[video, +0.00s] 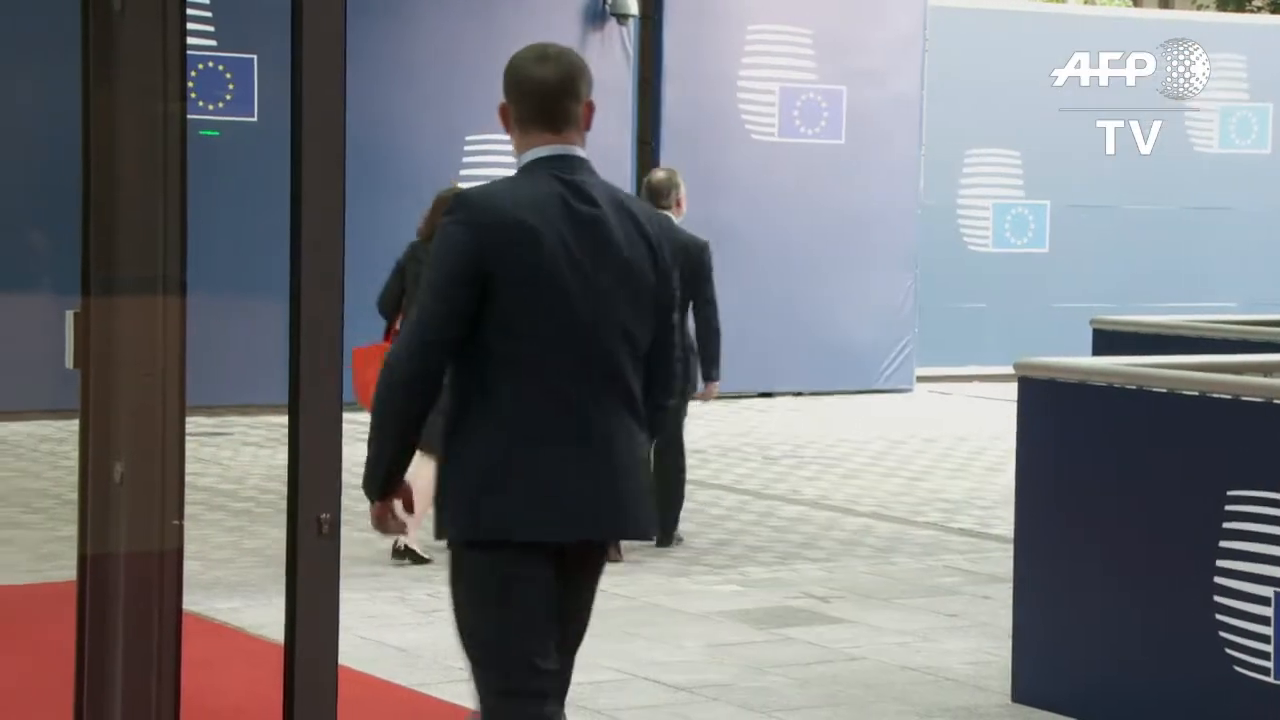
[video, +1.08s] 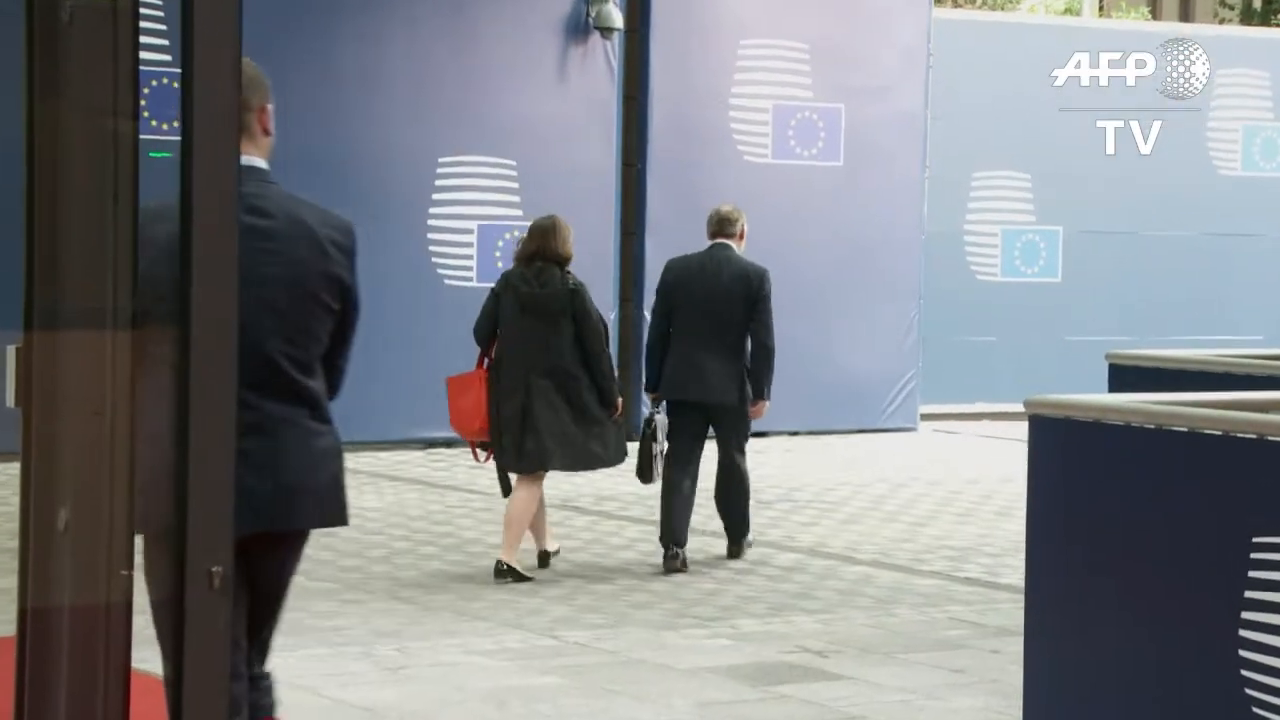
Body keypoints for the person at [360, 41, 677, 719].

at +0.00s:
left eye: (504, 109)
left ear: (505, 117)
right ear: (591, 115)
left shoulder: (478, 216)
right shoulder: (647, 230)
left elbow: (417, 356)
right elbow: (668, 380)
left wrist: (384, 472)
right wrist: (618, 455)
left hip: (497, 500)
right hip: (597, 497)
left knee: (517, 698)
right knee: (542, 692)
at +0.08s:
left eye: (493, 108)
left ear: (494, 115)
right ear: (578, 114)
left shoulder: (471, 204)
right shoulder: (630, 225)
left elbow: (410, 343)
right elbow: (637, 374)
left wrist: (382, 456)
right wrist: (614, 467)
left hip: (473, 493)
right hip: (578, 491)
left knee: (451, 689)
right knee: (535, 690)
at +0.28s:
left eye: (455, 104)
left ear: (456, 109)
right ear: (538, 108)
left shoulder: (433, 195)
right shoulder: (592, 218)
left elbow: (370, 342)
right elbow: (594, 361)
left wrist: (376, 429)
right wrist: (539, 411)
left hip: (428, 481)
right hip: (537, 484)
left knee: (363, 652)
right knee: (512, 687)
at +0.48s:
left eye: (401, 125)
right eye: (481, 123)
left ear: (402, 131)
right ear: (483, 130)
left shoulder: (370, 221)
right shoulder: (535, 237)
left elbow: (318, 356)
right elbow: (543, 377)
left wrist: (322, 447)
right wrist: (504, 447)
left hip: (379, 505)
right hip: (488, 505)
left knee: (341, 694)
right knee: (489, 701)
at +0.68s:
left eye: (321, 137)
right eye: (403, 134)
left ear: (324, 145)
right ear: (402, 140)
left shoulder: (293, 239)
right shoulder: (457, 247)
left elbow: (223, 385)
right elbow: (476, 388)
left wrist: (274, 458)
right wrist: (428, 451)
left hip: (307, 505)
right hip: (416, 507)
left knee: (275, 695)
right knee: (425, 691)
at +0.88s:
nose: (332, 130)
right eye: (332, 122)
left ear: (249, 129)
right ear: (324, 126)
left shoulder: (209, 230)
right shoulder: (387, 235)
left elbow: (158, 372)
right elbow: (398, 379)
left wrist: (207, 452)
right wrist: (332, 417)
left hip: (239, 491)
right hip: (349, 491)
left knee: (236, 692)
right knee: (331, 666)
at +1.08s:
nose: (273, 125)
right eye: (273, 117)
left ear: (190, 124)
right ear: (265, 121)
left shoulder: (150, 226)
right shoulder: (326, 233)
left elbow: (129, 353)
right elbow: (330, 368)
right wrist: (283, 429)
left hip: (173, 483)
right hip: (285, 483)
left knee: (195, 675)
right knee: (249, 666)